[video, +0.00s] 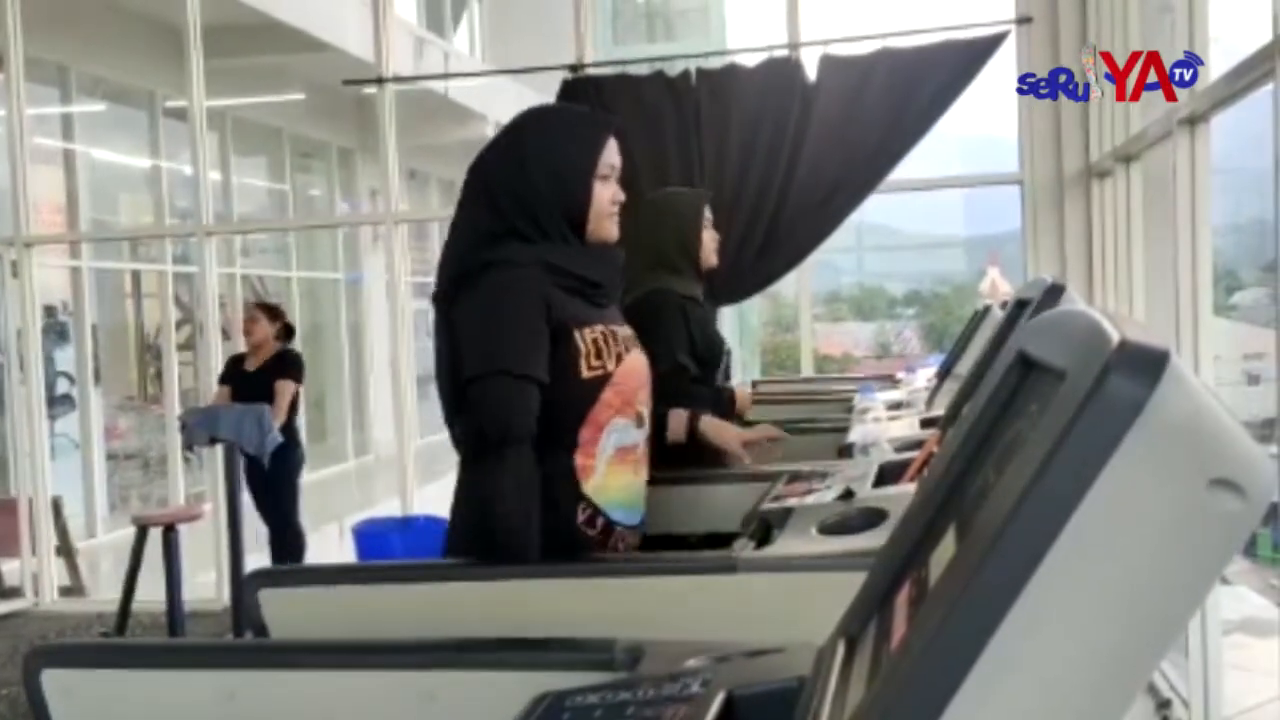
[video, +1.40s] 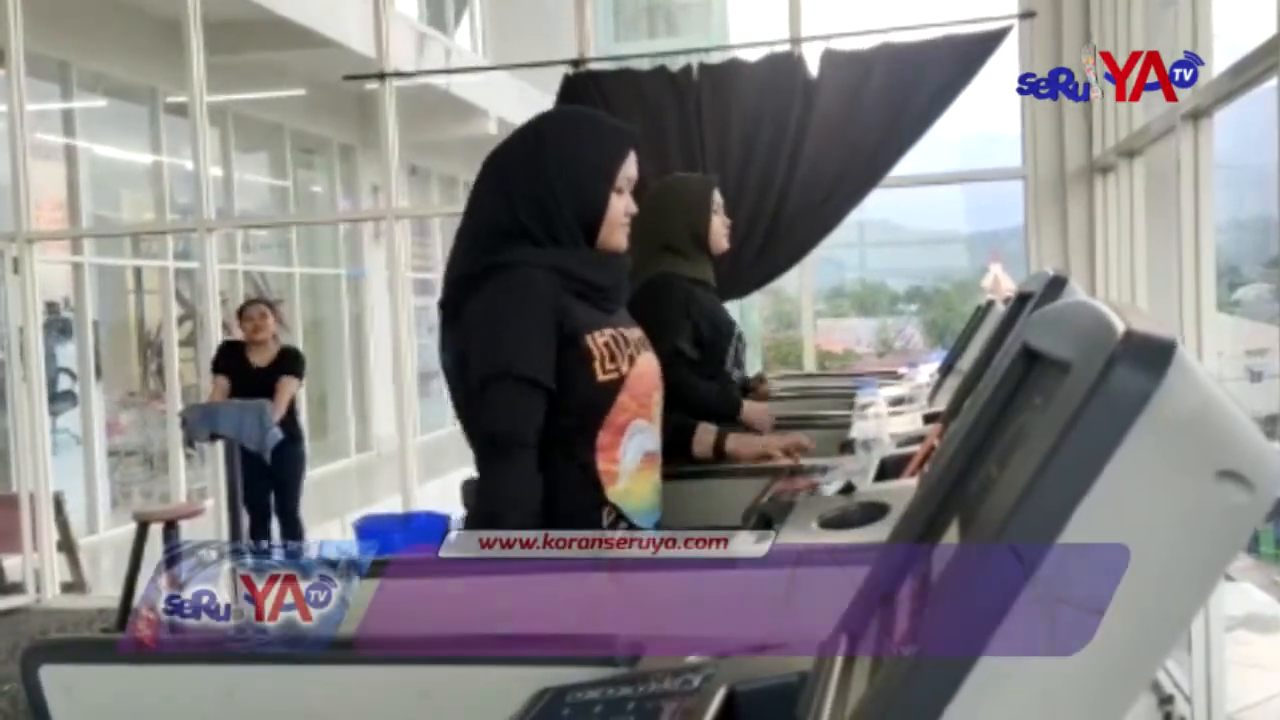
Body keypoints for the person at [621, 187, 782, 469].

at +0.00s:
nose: (716, 237)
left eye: (712, 227)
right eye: (708, 227)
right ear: (681, 234)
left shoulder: (686, 297)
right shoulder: (662, 303)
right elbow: (674, 392)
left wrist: (728, 397)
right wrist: (728, 401)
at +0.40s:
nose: (714, 226)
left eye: (709, 215)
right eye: (703, 215)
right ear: (676, 224)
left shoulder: (690, 290)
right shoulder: (658, 292)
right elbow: (648, 383)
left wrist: (742, 379)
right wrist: (716, 408)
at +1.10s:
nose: (719, 228)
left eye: (714, 219)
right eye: (709, 219)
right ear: (684, 227)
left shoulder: (683, 290)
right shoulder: (669, 296)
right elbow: (683, 387)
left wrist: (736, 387)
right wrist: (739, 388)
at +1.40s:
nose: (727, 221)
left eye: (723, 211)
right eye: (716, 211)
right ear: (688, 219)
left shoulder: (688, 284)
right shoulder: (667, 289)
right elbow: (674, 380)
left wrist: (742, 386)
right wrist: (737, 407)